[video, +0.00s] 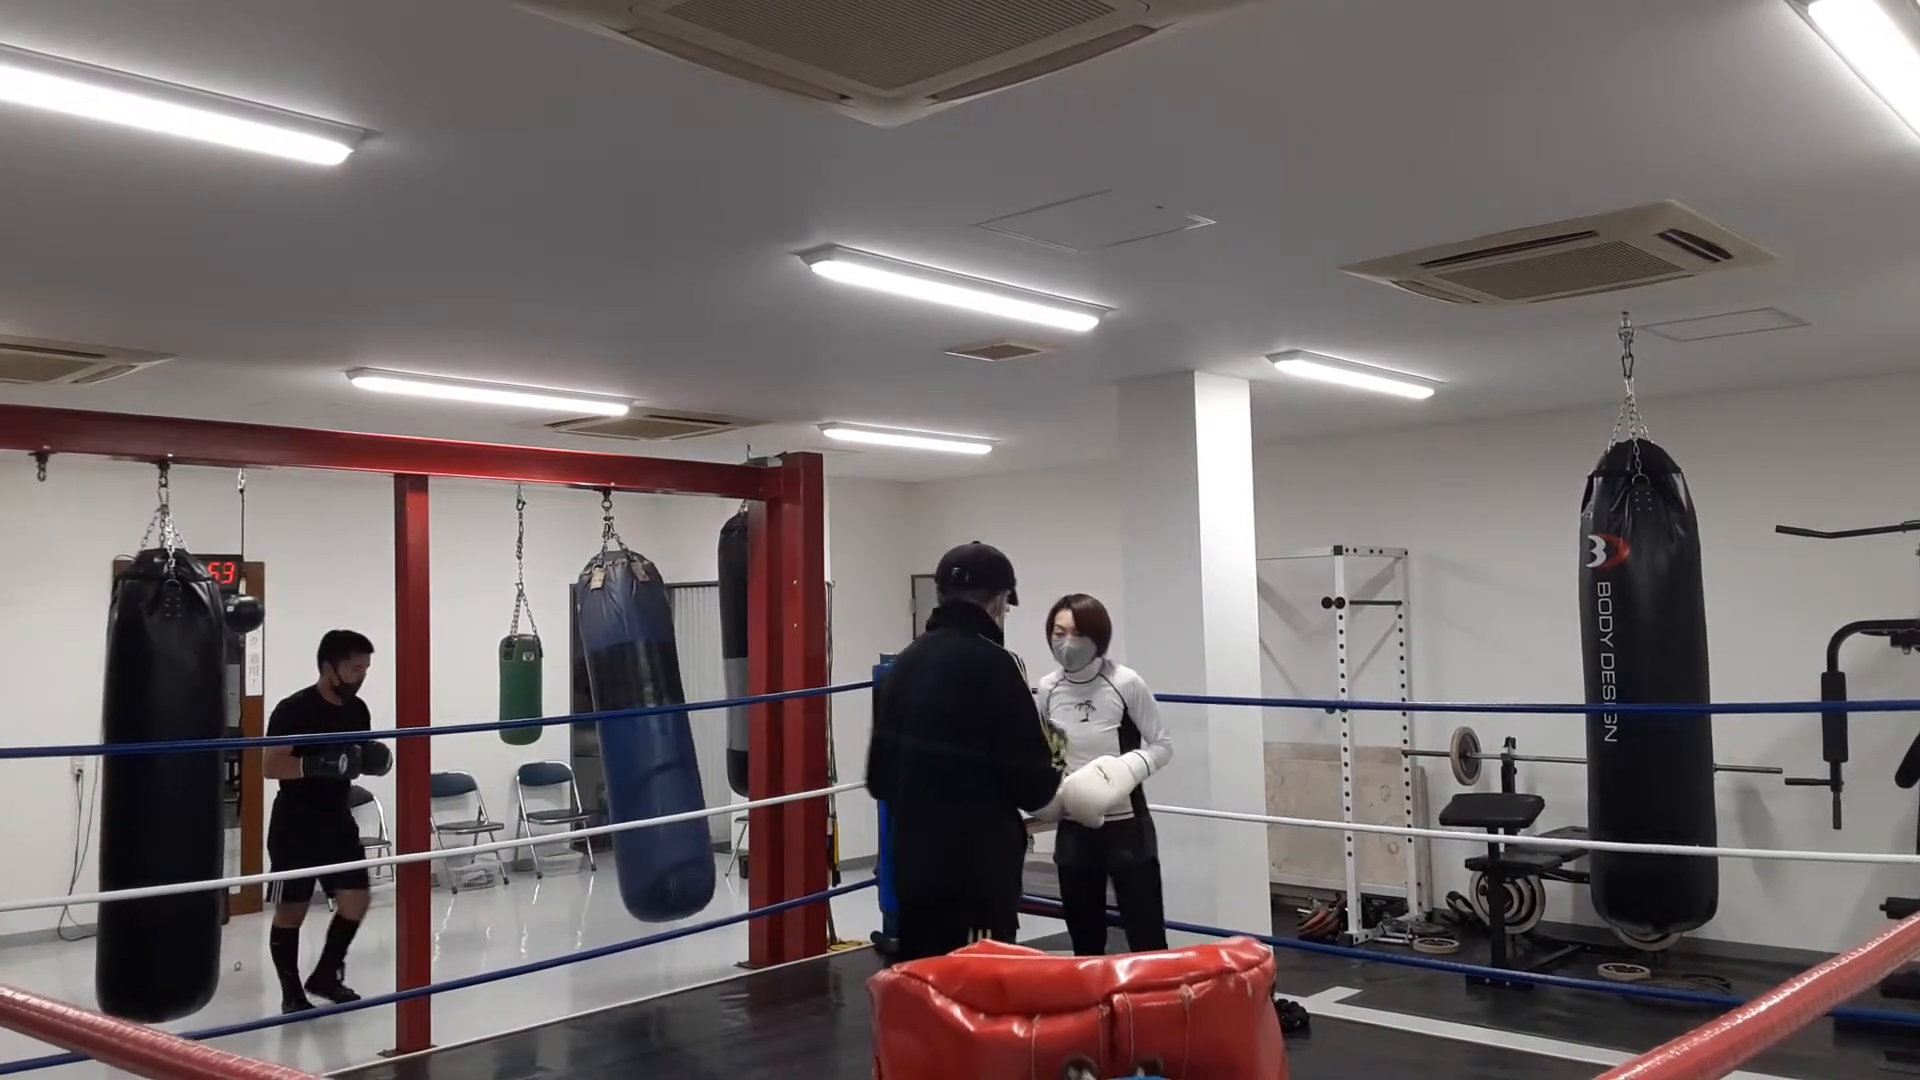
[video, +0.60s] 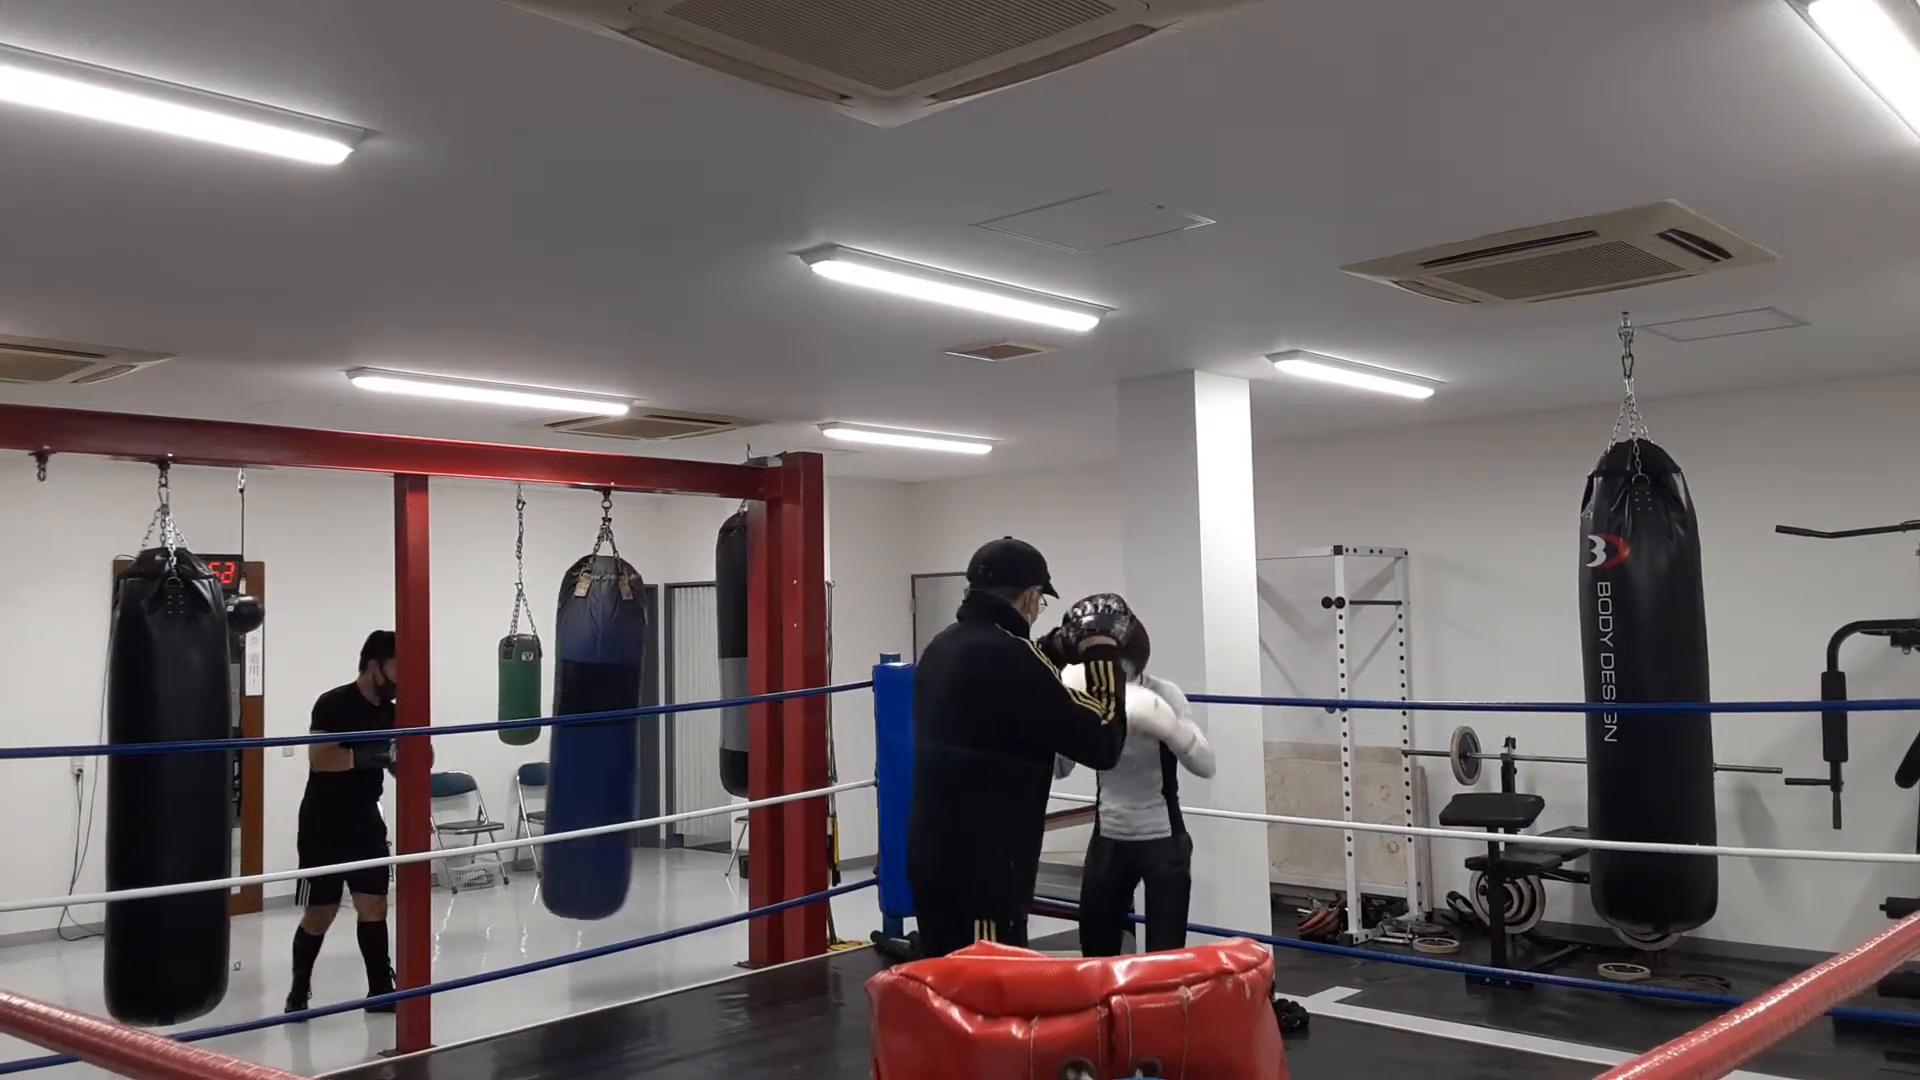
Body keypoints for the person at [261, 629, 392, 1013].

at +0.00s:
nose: (363, 675)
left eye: (365, 668)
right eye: (357, 668)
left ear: (361, 668)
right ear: (329, 666)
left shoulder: (357, 710)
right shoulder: (293, 710)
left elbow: (354, 754)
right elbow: (272, 765)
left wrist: (373, 759)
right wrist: (322, 764)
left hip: (337, 817)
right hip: (295, 818)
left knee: (356, 899)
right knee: (292, 905)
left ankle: (325, 976)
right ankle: (291, 994)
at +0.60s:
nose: (401, 677)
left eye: (402, 670)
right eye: (396, 669)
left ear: (383, 668)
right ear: (372, 666)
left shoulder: (390, 712)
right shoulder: (331, 705)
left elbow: (409, 759)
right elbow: (319, 760)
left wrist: (404, 756)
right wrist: (363, 757)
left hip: (366, 815)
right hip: (323, 816)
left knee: (373, 903)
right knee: (322, 909)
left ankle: (380, 990)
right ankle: (299, 991)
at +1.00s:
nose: (380, 683)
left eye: (381, 675)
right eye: (375, 675)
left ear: (362, 673)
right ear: (348, 671)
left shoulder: (365, 717)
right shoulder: (306, 713)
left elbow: (360, 766)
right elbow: (295, 775)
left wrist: (391, 761)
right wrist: (349, 767)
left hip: (345, 822)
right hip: (303, 825)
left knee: (363, 907)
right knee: (286, 919)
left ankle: (380, 989)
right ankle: (247, 1002)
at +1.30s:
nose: (332, 678)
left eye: (333, 670)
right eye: (326, 670)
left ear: (307, 672)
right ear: (298, 670)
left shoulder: (319, 712)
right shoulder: (260, 716)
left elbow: (311, 761)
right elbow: (249, 778)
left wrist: (339, 761)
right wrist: (302, 770)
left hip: (310, 821)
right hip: (269, 826)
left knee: (337, 902)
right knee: (268, 915)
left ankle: (340, 987)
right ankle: (245, 1003)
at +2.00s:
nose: (364, 685)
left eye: (367, 677)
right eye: (357, 677)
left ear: (366, 675)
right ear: (331, 676)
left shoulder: (358, 718)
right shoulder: (295, 720)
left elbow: (355, 765)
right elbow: (282, 778)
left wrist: (370, 771)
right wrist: (332, 778)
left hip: (339, 816)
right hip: (297, 820)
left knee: (365, 889)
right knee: (285, 907)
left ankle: (371, 975)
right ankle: (252, 998)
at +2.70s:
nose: (323, 681)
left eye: (327, 673)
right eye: (316, 673)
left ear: (328, 671)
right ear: (292, 670)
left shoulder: (315, 711)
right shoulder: (254, 711)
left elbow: (351, 757)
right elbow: (266, 760)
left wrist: (361, 733)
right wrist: (309, 729)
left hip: (307, 820)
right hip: (263, 824)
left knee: (331, 892)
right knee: (254, 905)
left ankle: (355, 974)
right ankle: (235, 989)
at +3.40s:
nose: (355, 686)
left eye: (357, 678)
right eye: (348, 678)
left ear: (355, 679)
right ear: (324, 678)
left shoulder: (348, 718)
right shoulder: (288, 719)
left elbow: (386, 755)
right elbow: (307, 763)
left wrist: (393, 724)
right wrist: (346, 731)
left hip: (343, 828)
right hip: (298, 832)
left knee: (380, 896)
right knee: (277, 912)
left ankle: (395, 972)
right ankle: (238, 989)